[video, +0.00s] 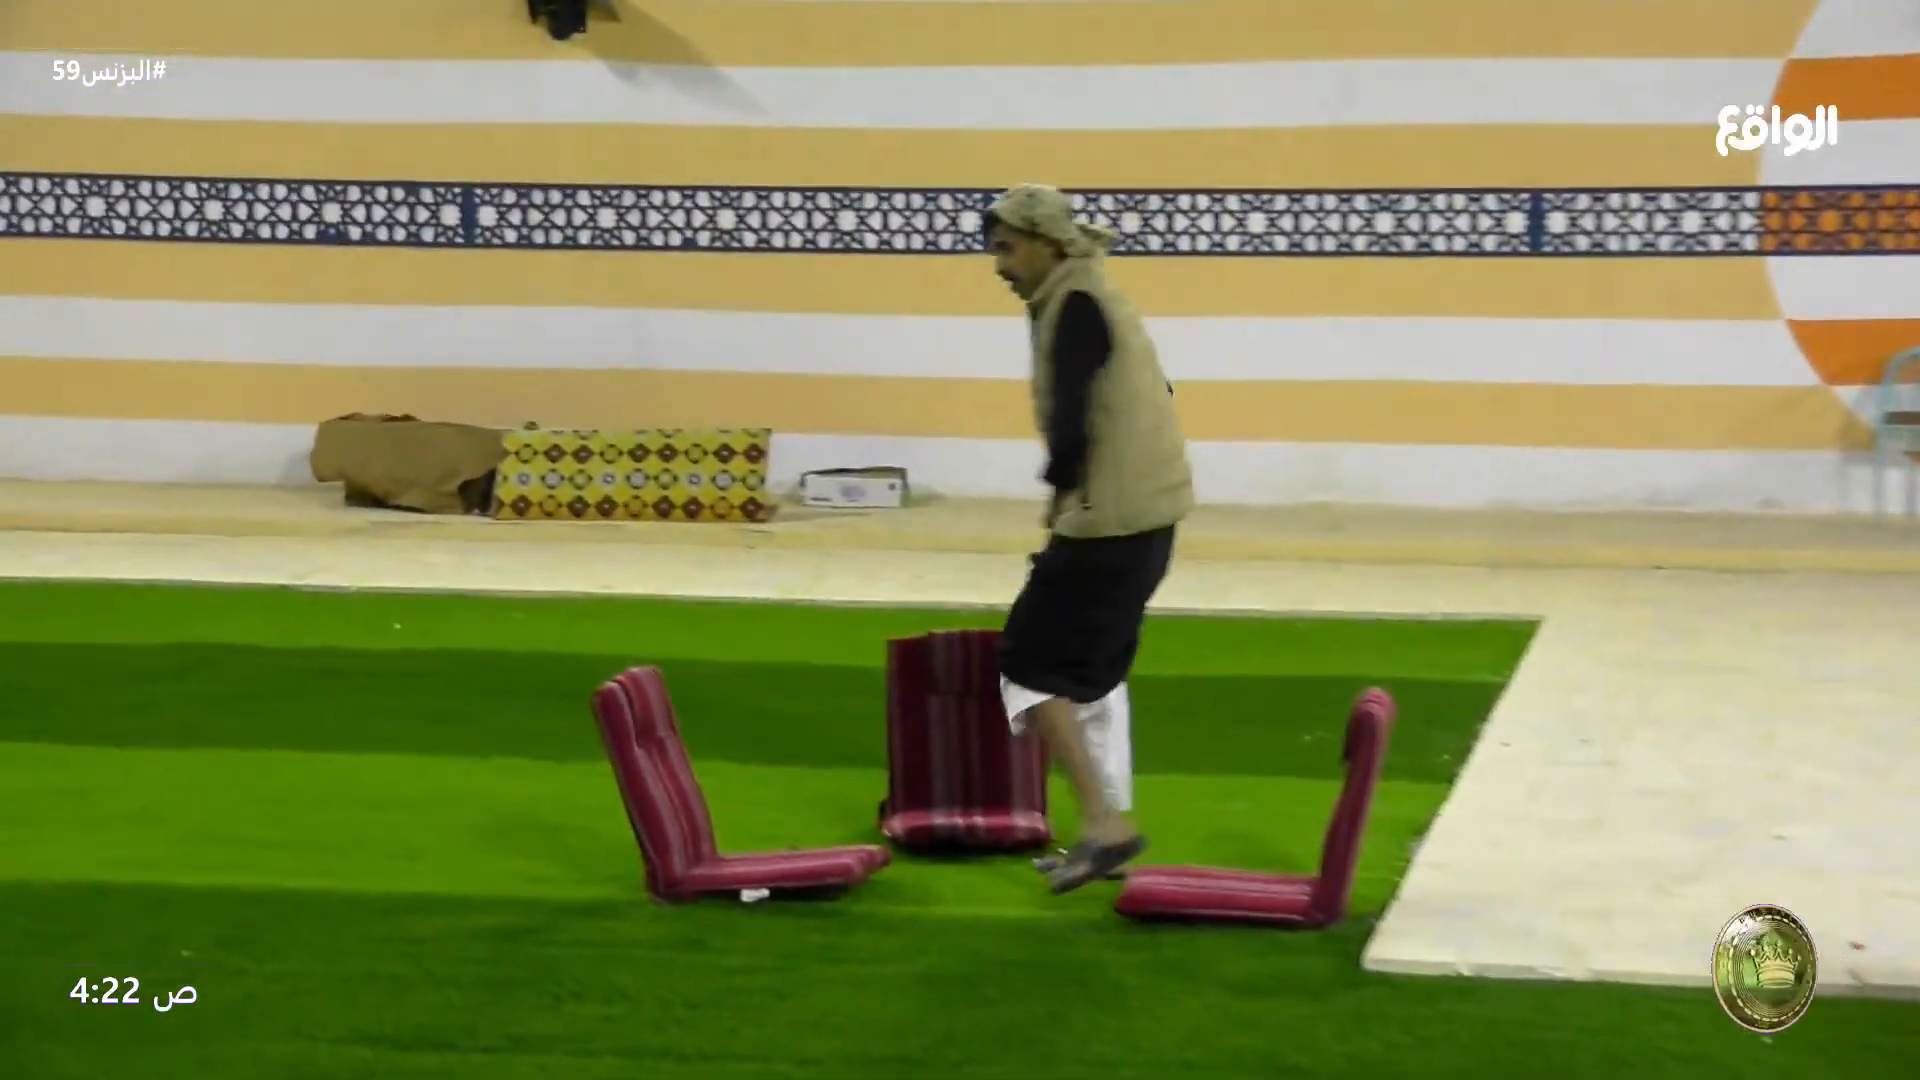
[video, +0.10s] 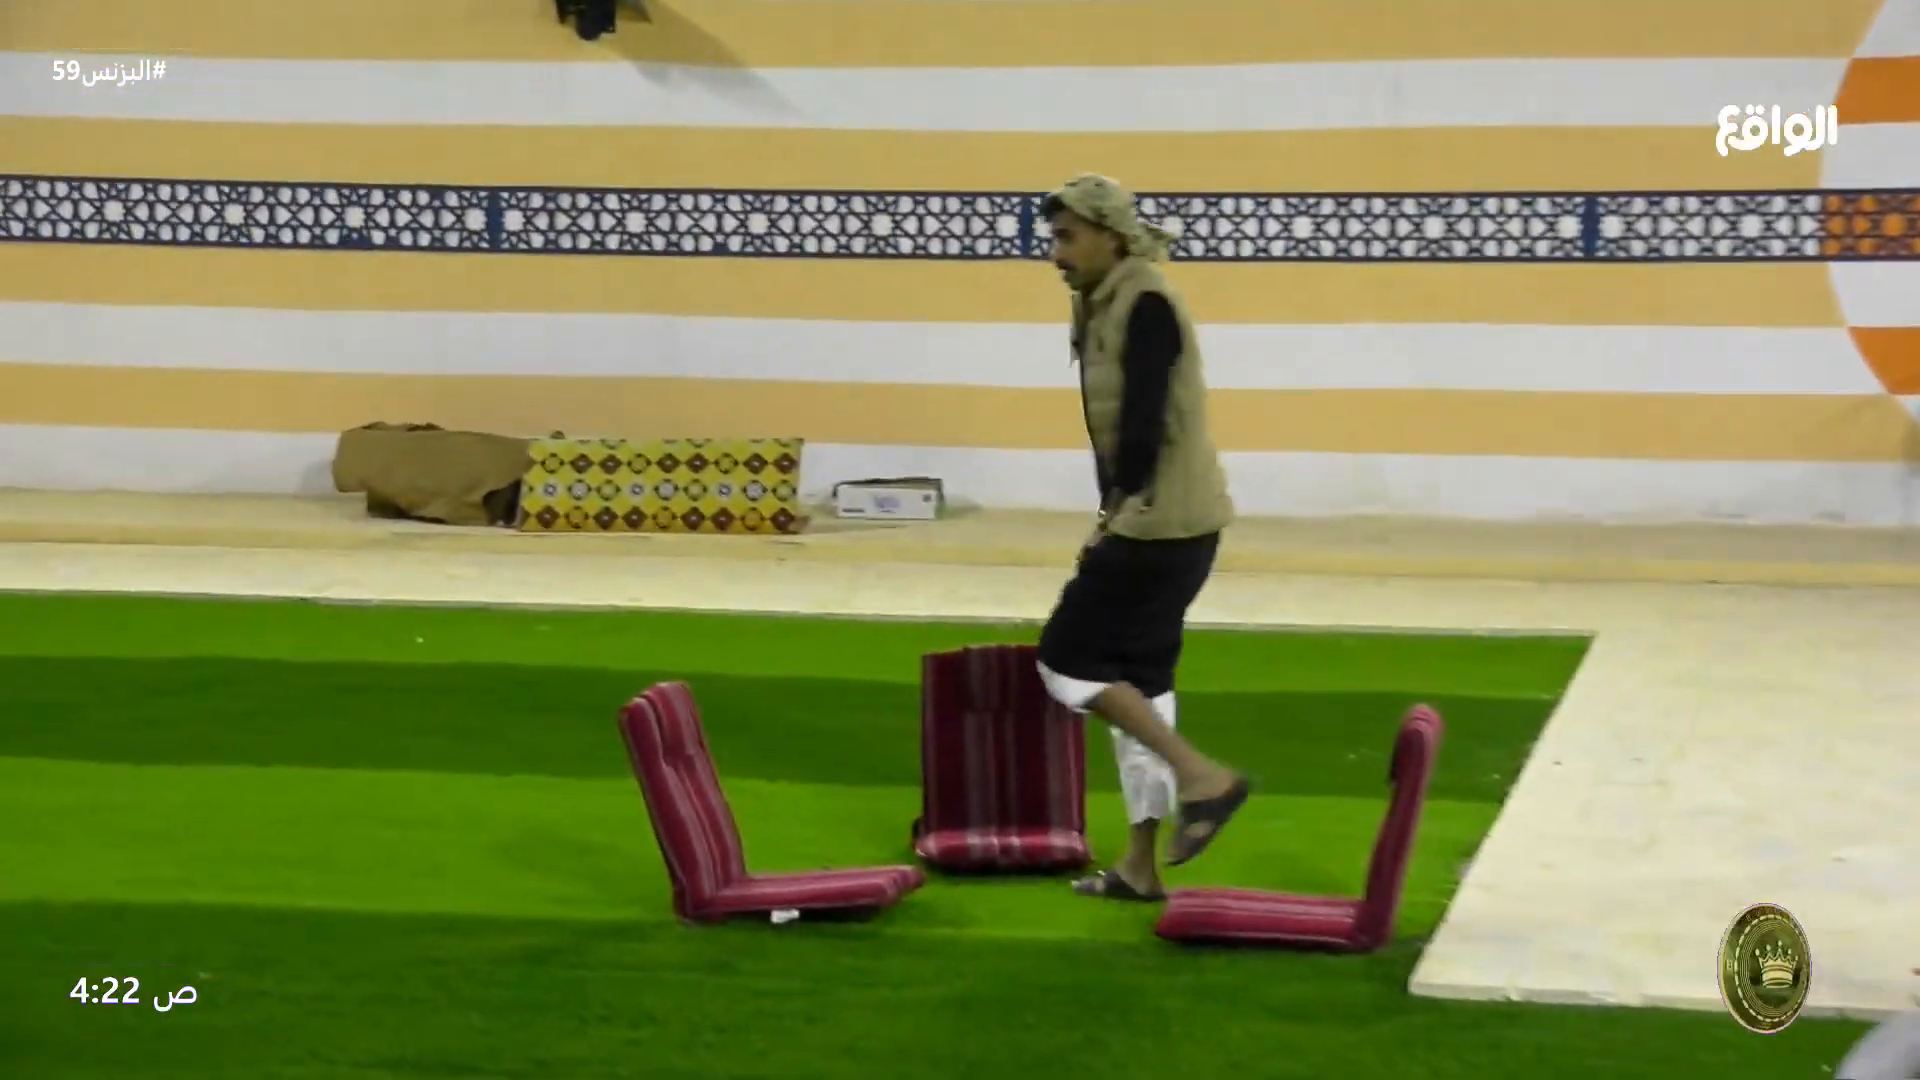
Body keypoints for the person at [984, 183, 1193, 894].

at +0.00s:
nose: (997, 264)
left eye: (1005, 248)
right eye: (994, 249)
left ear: (1045, 245)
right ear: (1052, 248)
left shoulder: (1073, 307)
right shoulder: (1094, 298)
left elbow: (1071, 415)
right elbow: (1149, 395)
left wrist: (1060, 491)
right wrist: (1087, 483)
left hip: (1109, 523)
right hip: (1140, 517)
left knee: (1031, 665)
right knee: (1075, 675)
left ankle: (1105, 825)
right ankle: (1104, 831)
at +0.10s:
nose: (1055, 253)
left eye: (1066, 238)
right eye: (1054, 239)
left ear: (1110, 237)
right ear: (1093, 241)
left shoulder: (1145, 302)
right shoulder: (1101, 306)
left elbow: (1145, 422)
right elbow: (1116, 421)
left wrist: (1115, 517)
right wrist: (1112, 513)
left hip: (1166, 521)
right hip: (1155, 523)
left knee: (1066, 659)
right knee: (1144, 688)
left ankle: (1206, 781)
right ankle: (1140, 866)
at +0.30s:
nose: (1139, 242)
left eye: (1152, 229)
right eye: (1138, 229)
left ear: (1197, 235)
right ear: (1157, 237)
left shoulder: (1235, 314)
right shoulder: (1163, 310)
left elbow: (1222, 435)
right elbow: (1166, 424)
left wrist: (1173, 538)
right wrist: (1156, 495)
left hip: (1231, 548)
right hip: (1179, 543)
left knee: (1208, 713)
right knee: (1170, 711)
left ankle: (1313, 814)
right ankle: (1188, 889)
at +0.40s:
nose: (1164, 236)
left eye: (1178, 223)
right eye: (1163, 223)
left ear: (1225, 232)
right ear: (1177, 233)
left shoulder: (1265, 314)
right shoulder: (1177, 308)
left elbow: (1249, 437)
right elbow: (1176, 415)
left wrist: (1198, 542)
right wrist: (1159, 485)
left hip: (1253, 553)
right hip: (1183, 545)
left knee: (1261, 723)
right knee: (1174, 709)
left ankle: (1328, 863)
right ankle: (1191, 893)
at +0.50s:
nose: (1207, 227)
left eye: (1222, 215)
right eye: (1207, 213)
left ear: (1267, 226)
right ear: (1220, 224)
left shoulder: (1310, 311)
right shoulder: (1199, 303)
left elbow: (1299, 442)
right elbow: (1202, 415)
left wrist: (1247, 541)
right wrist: (1168, 474)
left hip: (1290, 556)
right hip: (1204, 547)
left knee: (1309, 720)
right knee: (1184, 711)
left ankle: (1345, 881)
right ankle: (1196, 899)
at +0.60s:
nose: (1239, 224)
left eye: (1256, 212)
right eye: (1237, 210)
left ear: (1301, 224)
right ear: (1239, 219)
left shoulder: (1347, 312)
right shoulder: (1221, 300)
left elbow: (1345, 448)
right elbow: (1219, 412)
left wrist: (1288, 544)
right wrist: (1179, 466)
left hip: (1317, 559)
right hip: (1223, 551)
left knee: (1332, 731)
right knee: (1190, 707)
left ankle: (1354, 891)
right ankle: (1201, 899)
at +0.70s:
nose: (1274, 219)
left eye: (1291, 206)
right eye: (1272, 204)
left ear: (1339, 215)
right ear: (1272, 208)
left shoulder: (1384, 302)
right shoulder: (1251, 285)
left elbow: (1401, 442)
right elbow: (1211, 387)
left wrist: (1350, 547)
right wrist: (1157, 466)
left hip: (1344, 558)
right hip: (1247, 552)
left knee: (1354, 738)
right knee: (1197, 692)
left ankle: (1364, 903)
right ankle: (1223, 885)